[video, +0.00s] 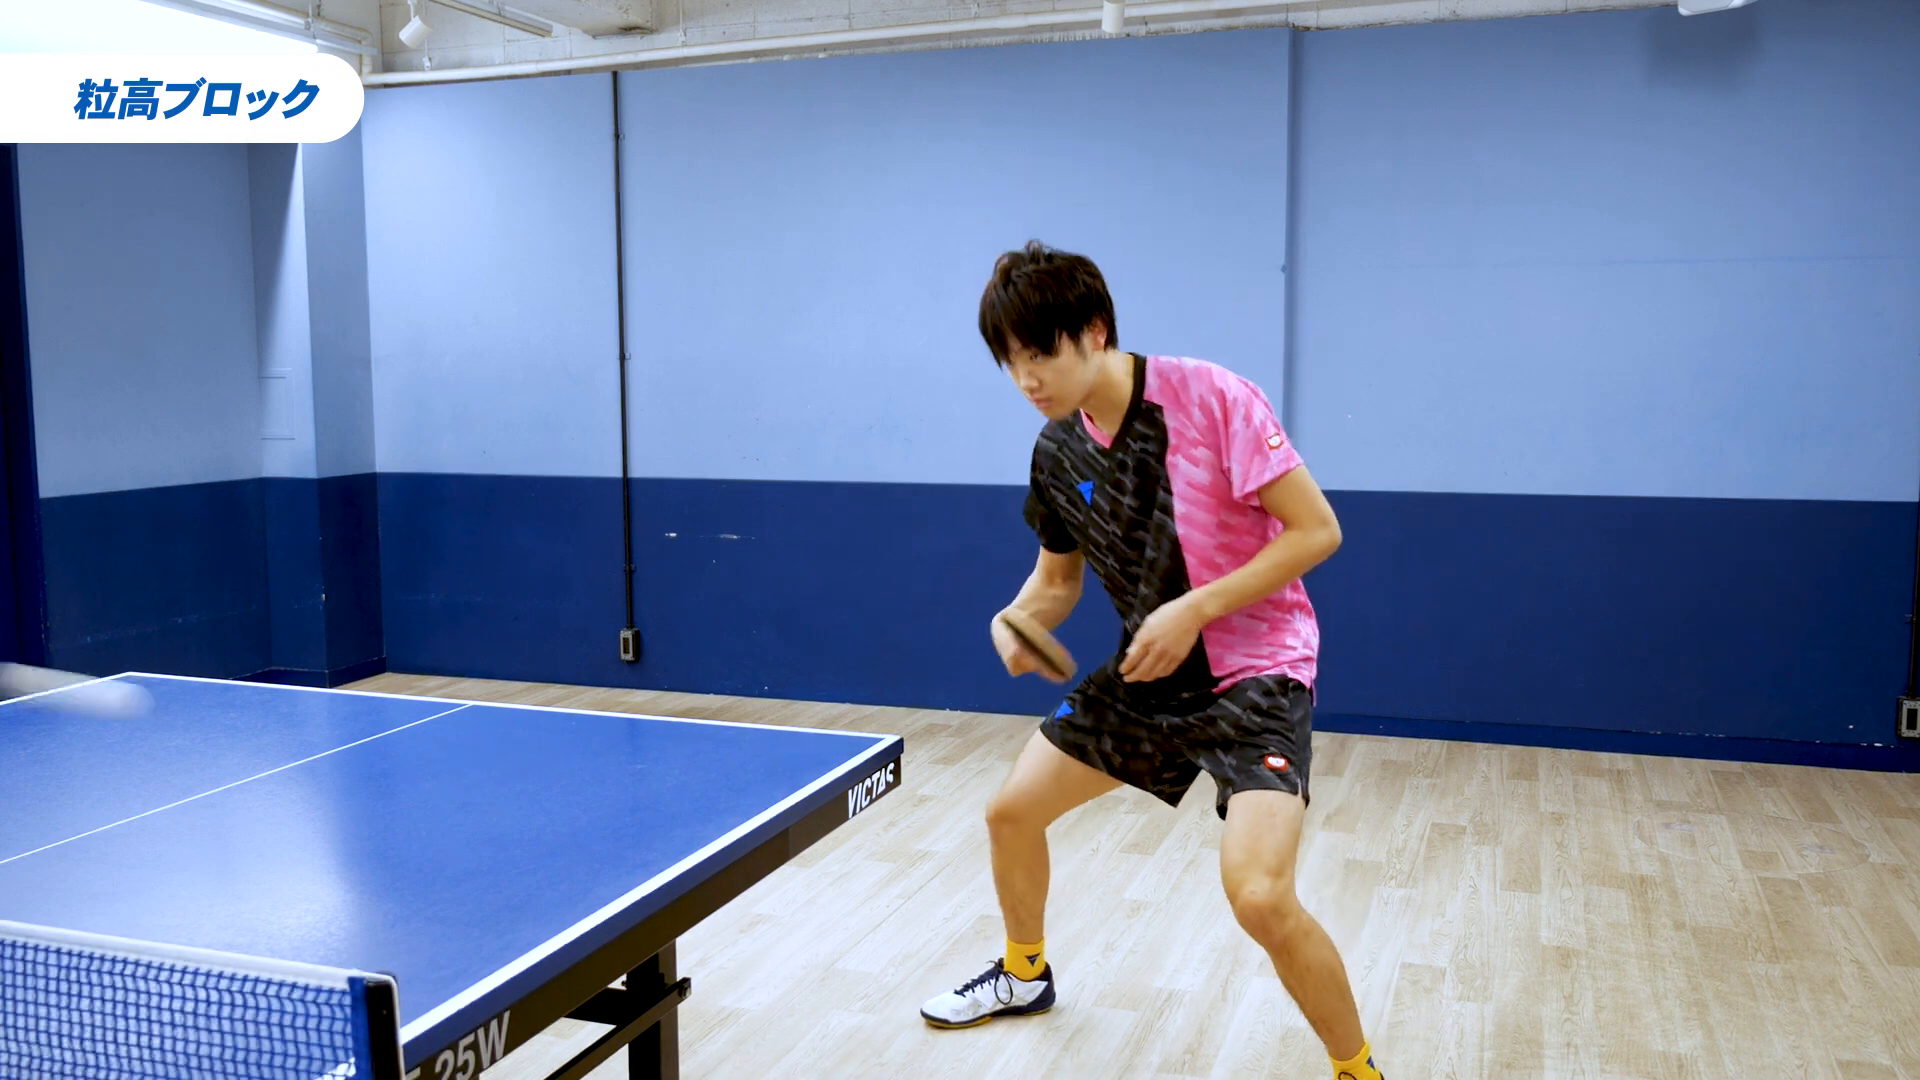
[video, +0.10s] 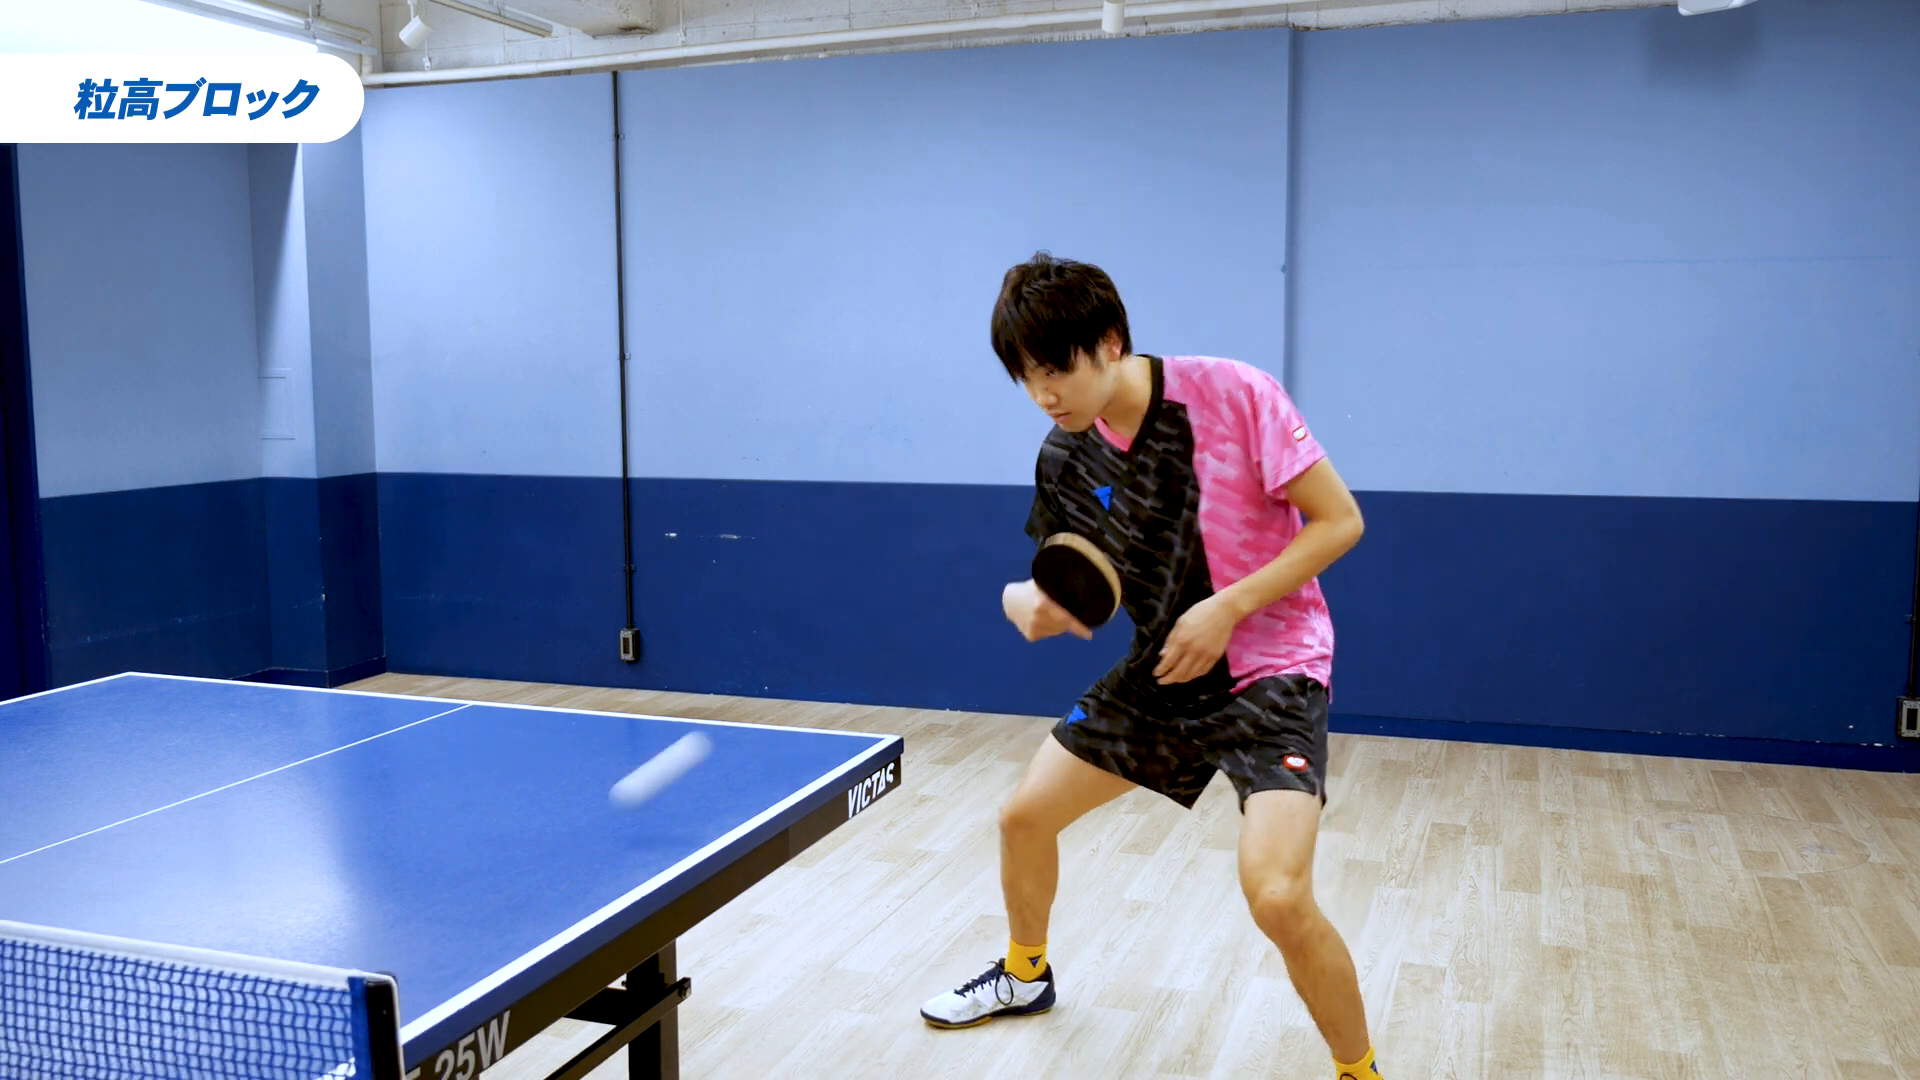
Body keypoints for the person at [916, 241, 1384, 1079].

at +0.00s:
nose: (1023, 380)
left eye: (1036, 353)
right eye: (1010, 362)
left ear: (1094, 332)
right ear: (1007, 362)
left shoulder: (1214, 399)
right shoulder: (1056, 451)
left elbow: (1317, 529)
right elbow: (1057, 578)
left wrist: (1195, 609)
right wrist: (1013, 620)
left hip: (1257, 667)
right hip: (1151, 669)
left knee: (1257, 893)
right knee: (1011, 813)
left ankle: (1357, 1069)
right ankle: (1023, 973)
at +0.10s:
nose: (1042, 398)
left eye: (1052, 372)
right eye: (1028, 380)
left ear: (1109, 344)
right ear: (1021, 378)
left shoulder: (1235, 394)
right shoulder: (1068, 454)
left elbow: (1339, 520)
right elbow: (1082, 586)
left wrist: (1229, 606)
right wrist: (1043, 607)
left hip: (1274, 663)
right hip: (1160, 664)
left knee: (1277, 897)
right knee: (1024, 817)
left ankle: (1358, 1069)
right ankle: (1025, 973)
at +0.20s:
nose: (1059, 392)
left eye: (1072, 365)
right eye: (1042, 375)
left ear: (1128, 338)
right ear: (1030, 372)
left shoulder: (1251, 376)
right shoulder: (1072, 455)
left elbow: (1361, 495)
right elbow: (1061, 616)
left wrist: (1265, 588)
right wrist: (1013, 598)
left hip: (1289, 656)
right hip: (1171, 657)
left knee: (1304, 888)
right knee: (1043, 820)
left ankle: (1363, 1070)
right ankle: (1026, 974)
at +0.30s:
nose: (1073, 364)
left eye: (1086, 337)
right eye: (1056, 346)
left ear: (1142, 311)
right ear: (1044, 342)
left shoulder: (1262, 351)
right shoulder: (1077, 444)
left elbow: (1372, 467)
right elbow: (1050, 596)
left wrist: (1289, 556)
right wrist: (1001, 616)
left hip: (1294, 640)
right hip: (1174, 647)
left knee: (1318, 879)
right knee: (1057, 814)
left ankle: (1364, 1070)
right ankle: (1026, 971)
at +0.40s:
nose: (1080, 323)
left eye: (1096, 297)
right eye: (1066, 304)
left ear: (1154, 277)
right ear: (1057, 302)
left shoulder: (1272, 330)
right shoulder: (1080, 415)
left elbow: (1375, 449)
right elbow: (1043, 563)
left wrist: (1296, 533)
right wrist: (979, 607)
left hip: (1292, 630)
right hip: (1172, 635)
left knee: (1320, 873)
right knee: (1062, 802)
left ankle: (1365, 1068)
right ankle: (1023, 964)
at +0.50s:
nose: (1084, 290)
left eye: (1101, 264)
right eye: (1071, 271)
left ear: (1160, 251)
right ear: (1065, 273)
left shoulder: (1275, 322)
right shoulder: (1081, 393)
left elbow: (1371, 449)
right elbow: (1042, 543)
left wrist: (1285, 526)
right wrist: (979, 588)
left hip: (1282, 626)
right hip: (1165, 628)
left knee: (1315, 872)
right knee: (1059, 797)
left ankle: (1364, 1068)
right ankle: (1022, 962)